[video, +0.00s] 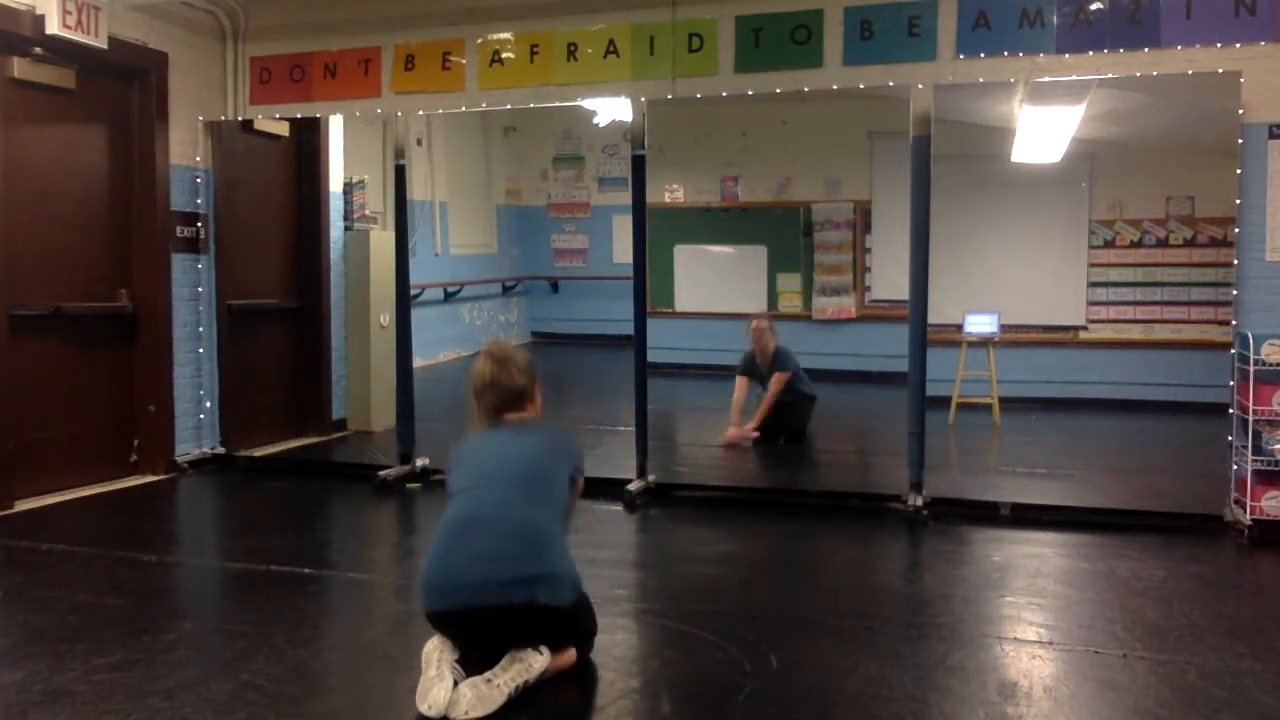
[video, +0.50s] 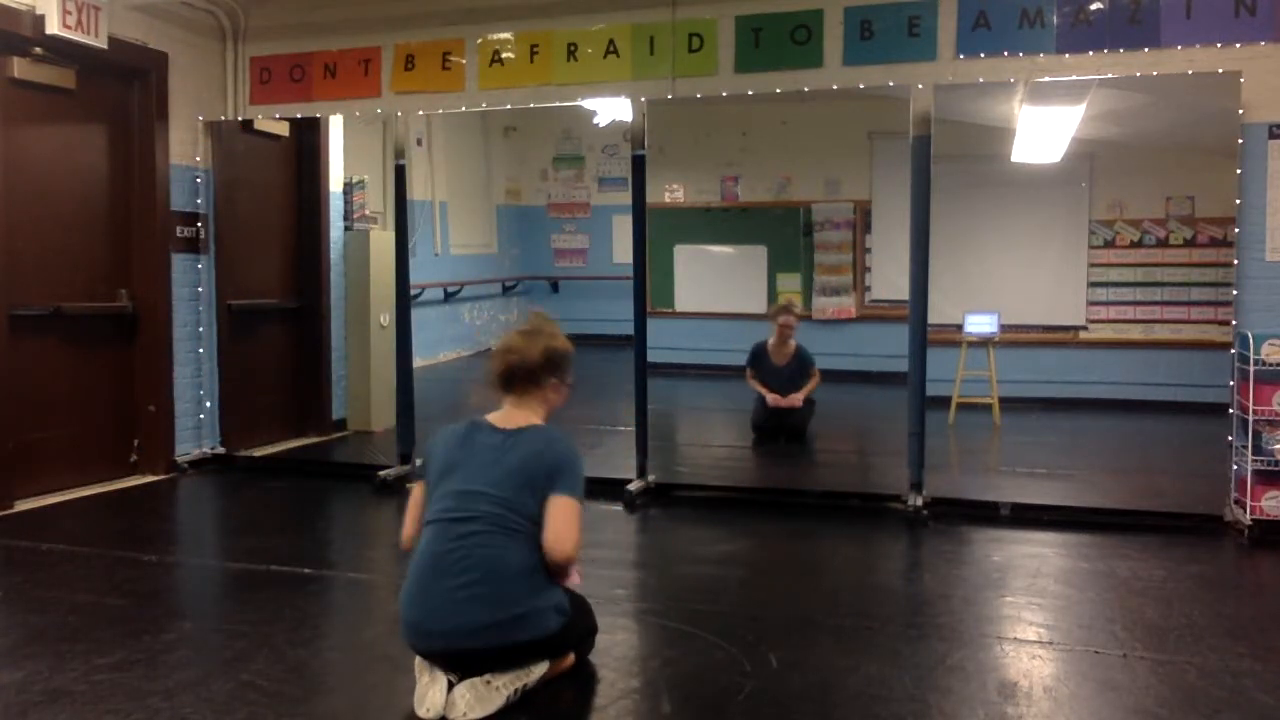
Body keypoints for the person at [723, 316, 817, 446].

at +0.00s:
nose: (758, 336)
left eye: (763, 332)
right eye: (755, 332)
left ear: (771, 335)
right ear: (750, 335)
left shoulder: (783, 357)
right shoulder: (748, 359)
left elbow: (772, 394)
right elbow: (739, 393)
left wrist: (753, 424)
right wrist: (734, 426)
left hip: (801, 398)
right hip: (776, 397)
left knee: (794, 439)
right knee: (763, 439)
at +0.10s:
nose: (764, 325)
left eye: (769, 320)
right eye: (760, 320)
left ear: (776, 324)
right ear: (754, 325)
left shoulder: (787, 350)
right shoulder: (749, 354)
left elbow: (795, 387)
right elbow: (743, 388)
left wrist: (770, 416)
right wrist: (745, 415)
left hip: (789, 397)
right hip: (766, 399)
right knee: (760, 438)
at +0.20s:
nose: (768, 322)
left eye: (773, 318)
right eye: (764, 317)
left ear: (779, 322)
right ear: (758, 321)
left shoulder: (790, 349)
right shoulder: (751, 351)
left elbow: (811, 382)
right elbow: (746, 383)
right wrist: (756, 399)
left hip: (794, 403)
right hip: (766, 404)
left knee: (793, 441)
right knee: (761, 441)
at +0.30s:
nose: (773, 322)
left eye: (778, 318)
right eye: (770, 318)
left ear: (784, 322)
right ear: (763, 321)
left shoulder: (794, 350)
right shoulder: (752, 350)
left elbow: (819, 377)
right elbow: (748, 379)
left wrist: (797, 396)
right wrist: (764, 393)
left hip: (794, 406)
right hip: (766, 405)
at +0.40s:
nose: (779, 325)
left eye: (783, 322)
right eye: (775, 321)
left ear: (789, 325)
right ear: (768, 322)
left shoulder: (797, 350)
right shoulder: (756, 349)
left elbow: (817, 375)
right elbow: (751, 378)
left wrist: (800, 395)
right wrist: (767, 394)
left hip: (794, 403)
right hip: (767, 403)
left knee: (795, 435)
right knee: (760, 430)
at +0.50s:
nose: (786, 332)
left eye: (790, 328)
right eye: (782, 327)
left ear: (795, 329)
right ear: (774, 325)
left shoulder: (801, 353)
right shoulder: (759, 350)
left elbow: (815, 377)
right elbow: (750, 377)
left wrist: (800, 395)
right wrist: (767, 395)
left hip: (794, 406)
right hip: (768, 404)